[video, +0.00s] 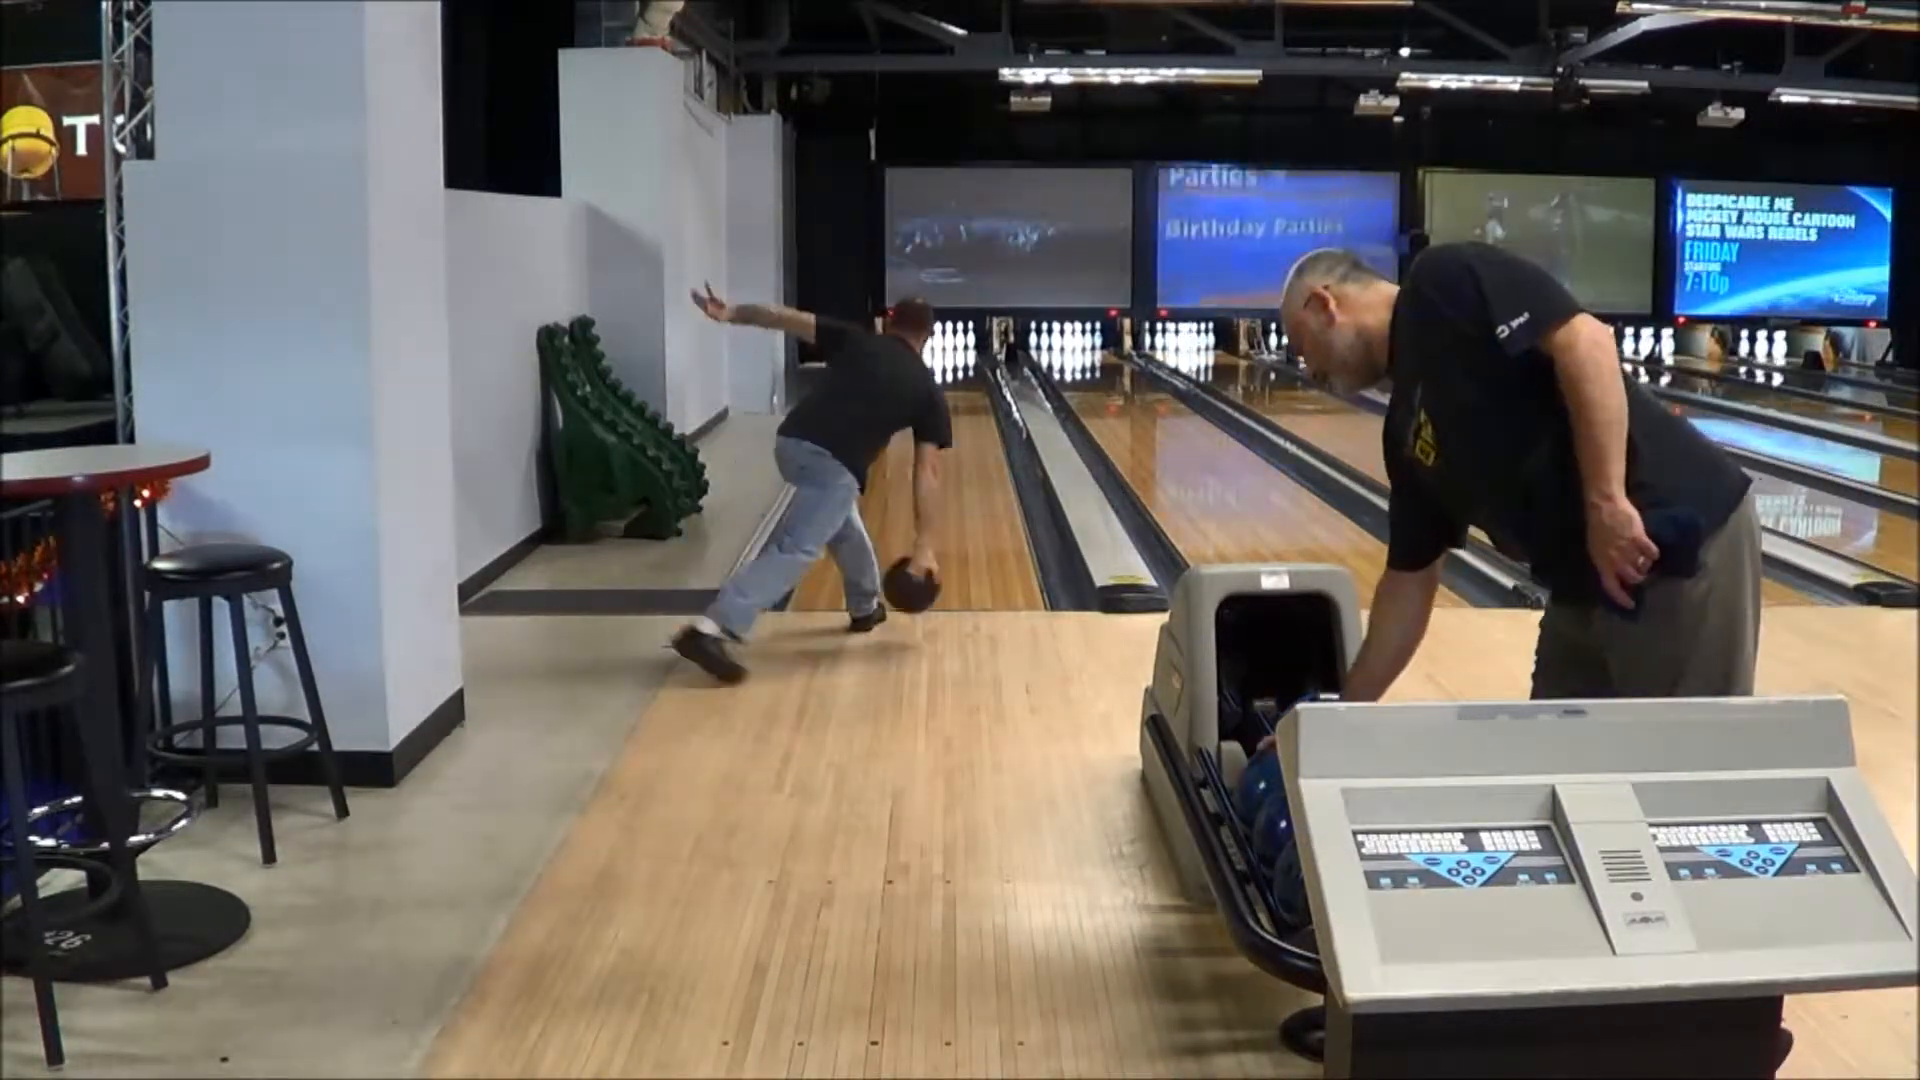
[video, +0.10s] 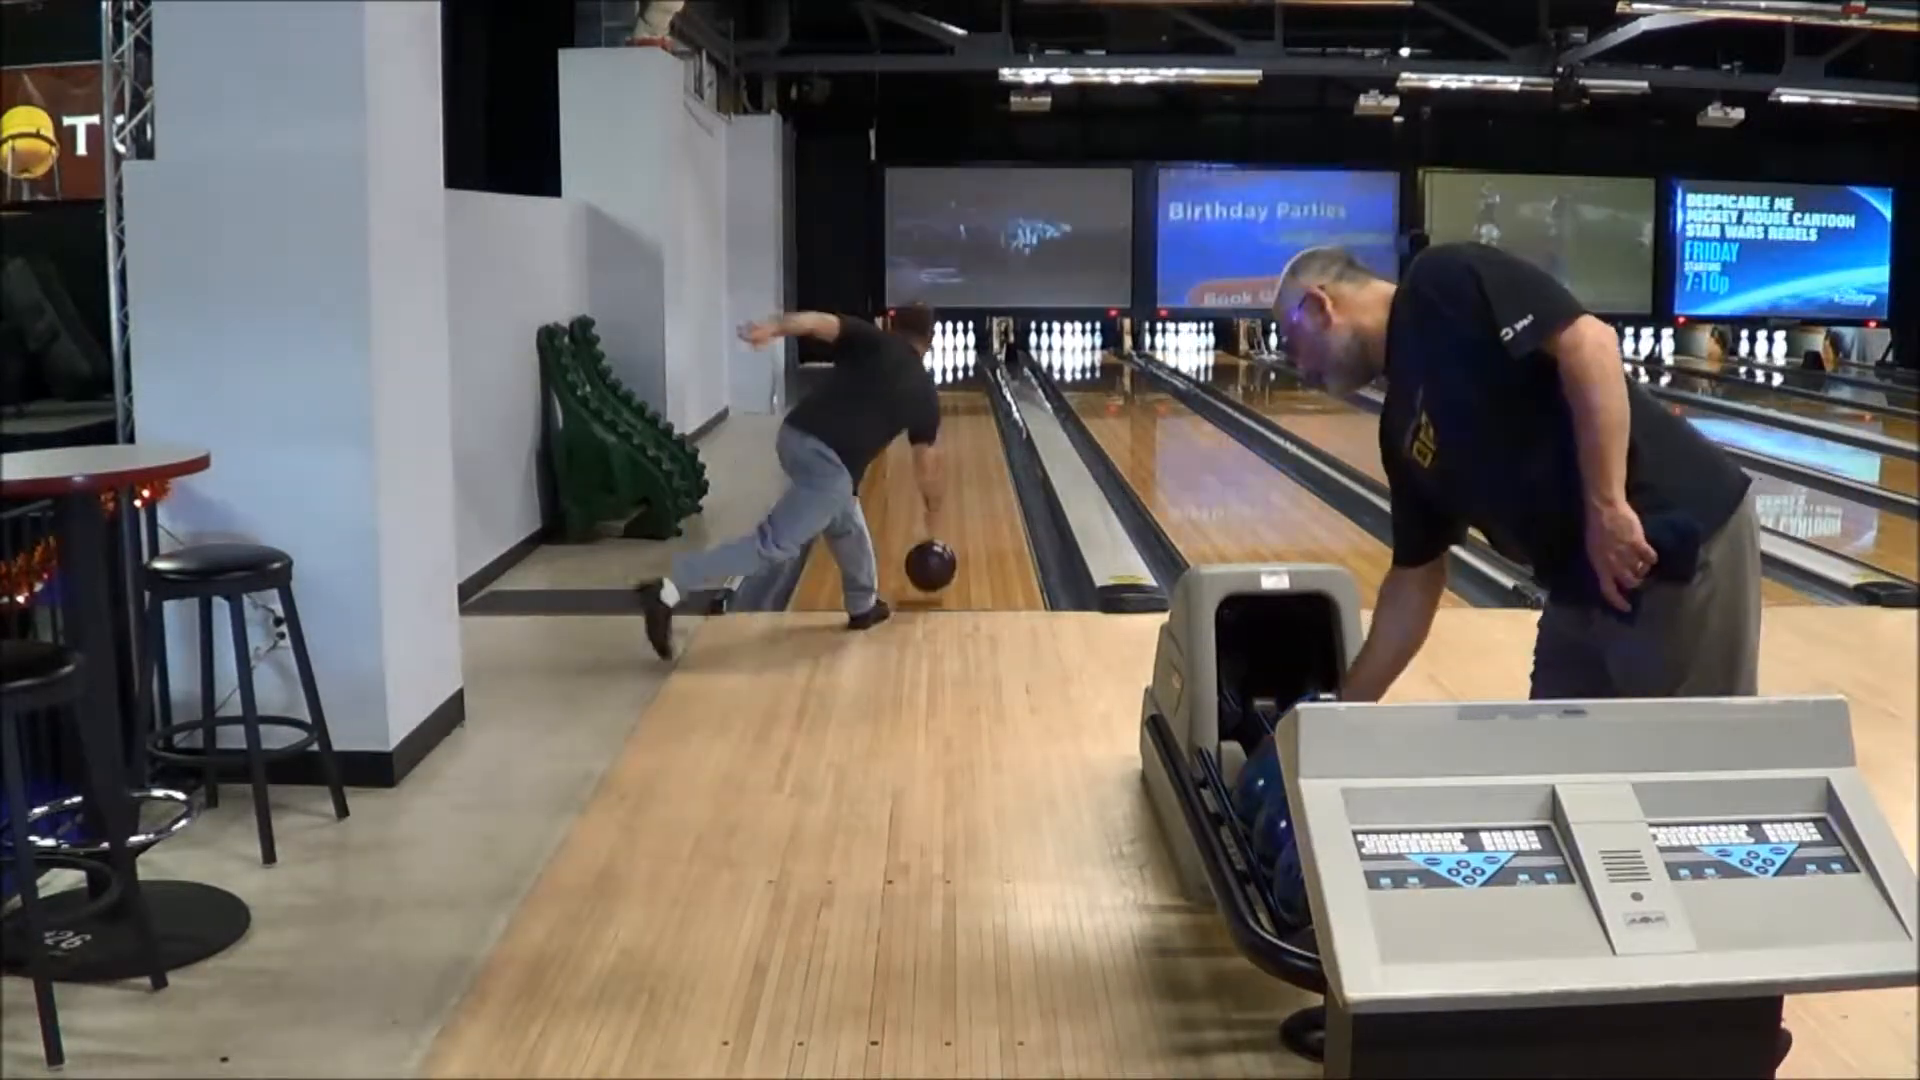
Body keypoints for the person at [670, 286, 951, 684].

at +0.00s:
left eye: (889, 324)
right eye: (923, 335)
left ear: (887, 325)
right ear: (926, 337)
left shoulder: (858, 340)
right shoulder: (925, 389)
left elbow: (785, 318)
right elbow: (928, 472)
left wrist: (730, 313)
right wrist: (924, 546)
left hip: (790, 444)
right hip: (834, 464)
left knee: (845, 526)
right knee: (796, 550)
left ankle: (865, 606)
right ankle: (711, 627)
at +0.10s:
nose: (931, 350)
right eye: (932, 344)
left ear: (891, 326)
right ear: (928, 344)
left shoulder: (872, 339)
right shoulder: (922, 391)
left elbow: (819, 323)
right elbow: (927, 463)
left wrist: (773, 329)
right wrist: (933, 521)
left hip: (795, 438)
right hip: (832, 466)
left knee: (846, 524)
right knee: (773, 544)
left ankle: (863, 606)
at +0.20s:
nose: (941, 351)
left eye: (939, 344)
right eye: (941, 345)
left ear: (905, 330)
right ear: (938, 345)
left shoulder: (890, 337)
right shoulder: (932, 394)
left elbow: (829, 330)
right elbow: (930, 420)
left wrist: (814, 343)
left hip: (795, 431)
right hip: (829, 459)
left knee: (846, 518)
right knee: (761, 534)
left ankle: (862, 606)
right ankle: (656, 581)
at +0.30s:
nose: (957, 352)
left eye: (956, 346)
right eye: (956, 347)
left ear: (916, 327)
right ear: (948, 343)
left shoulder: (889, 333)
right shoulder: (944, 379)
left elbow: (829, 327)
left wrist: (831, 345)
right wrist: (940, 304)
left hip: (797, 424)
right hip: (834, 451)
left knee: (848, 515)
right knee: (760, 527)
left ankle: (862, 605)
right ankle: (659, 579)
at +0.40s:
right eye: (956, 320)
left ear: (918, 307)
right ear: (952, 324)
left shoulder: (889, 322)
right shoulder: (947, 366)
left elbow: (825, 321)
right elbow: (975, 338)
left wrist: (798, 327)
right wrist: (965, 297)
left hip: (802, 418)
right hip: (837, 441)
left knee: (852, 514)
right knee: (777, 525)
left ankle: (863, 604)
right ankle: (679, 587)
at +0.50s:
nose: (951, 316)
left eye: (947, 308)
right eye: (952, 311)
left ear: (918, 297)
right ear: (952, 312)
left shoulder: (883, 314)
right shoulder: (940, 355)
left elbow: (823, 315)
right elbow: (990, 357)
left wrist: (768, 317)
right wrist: (984, 307)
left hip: (807, 415)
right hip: (838, 438)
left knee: (854, 511)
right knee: (783, 522)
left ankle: (863, 605)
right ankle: (688, 585)